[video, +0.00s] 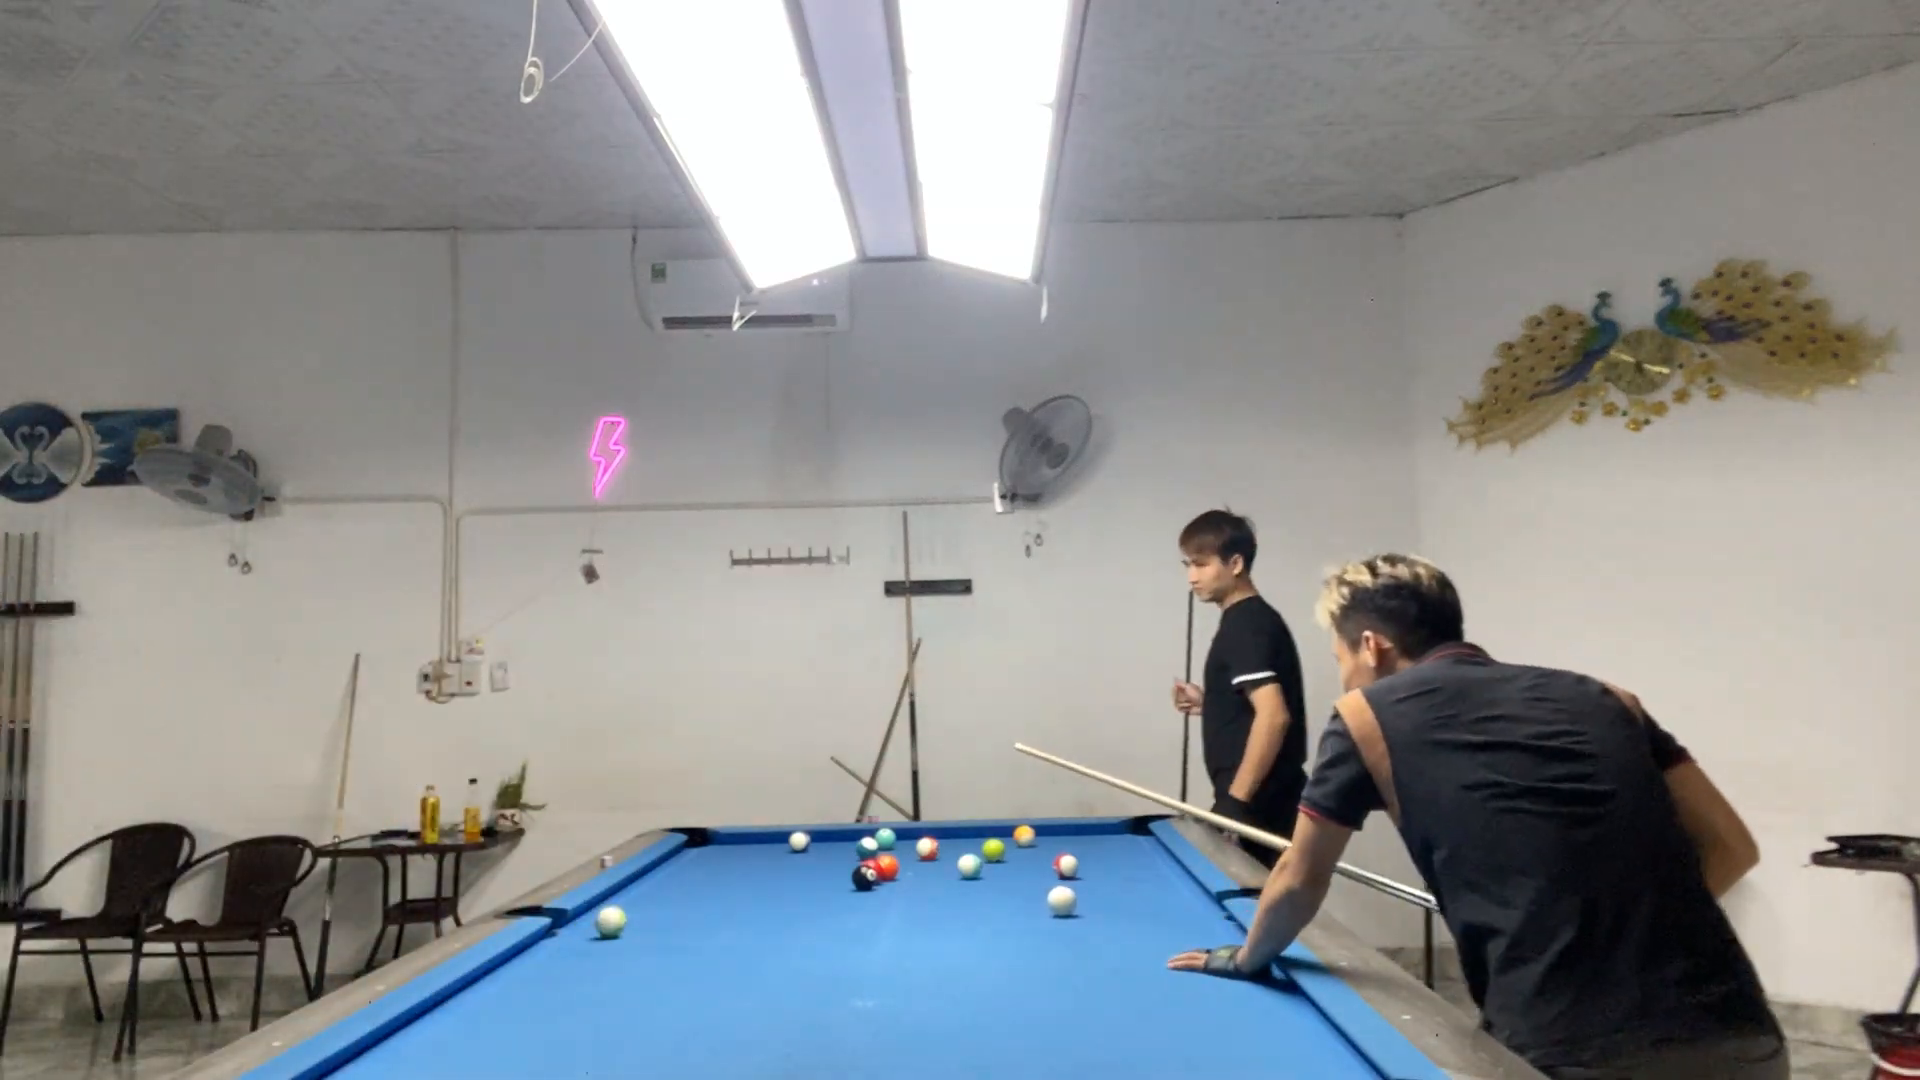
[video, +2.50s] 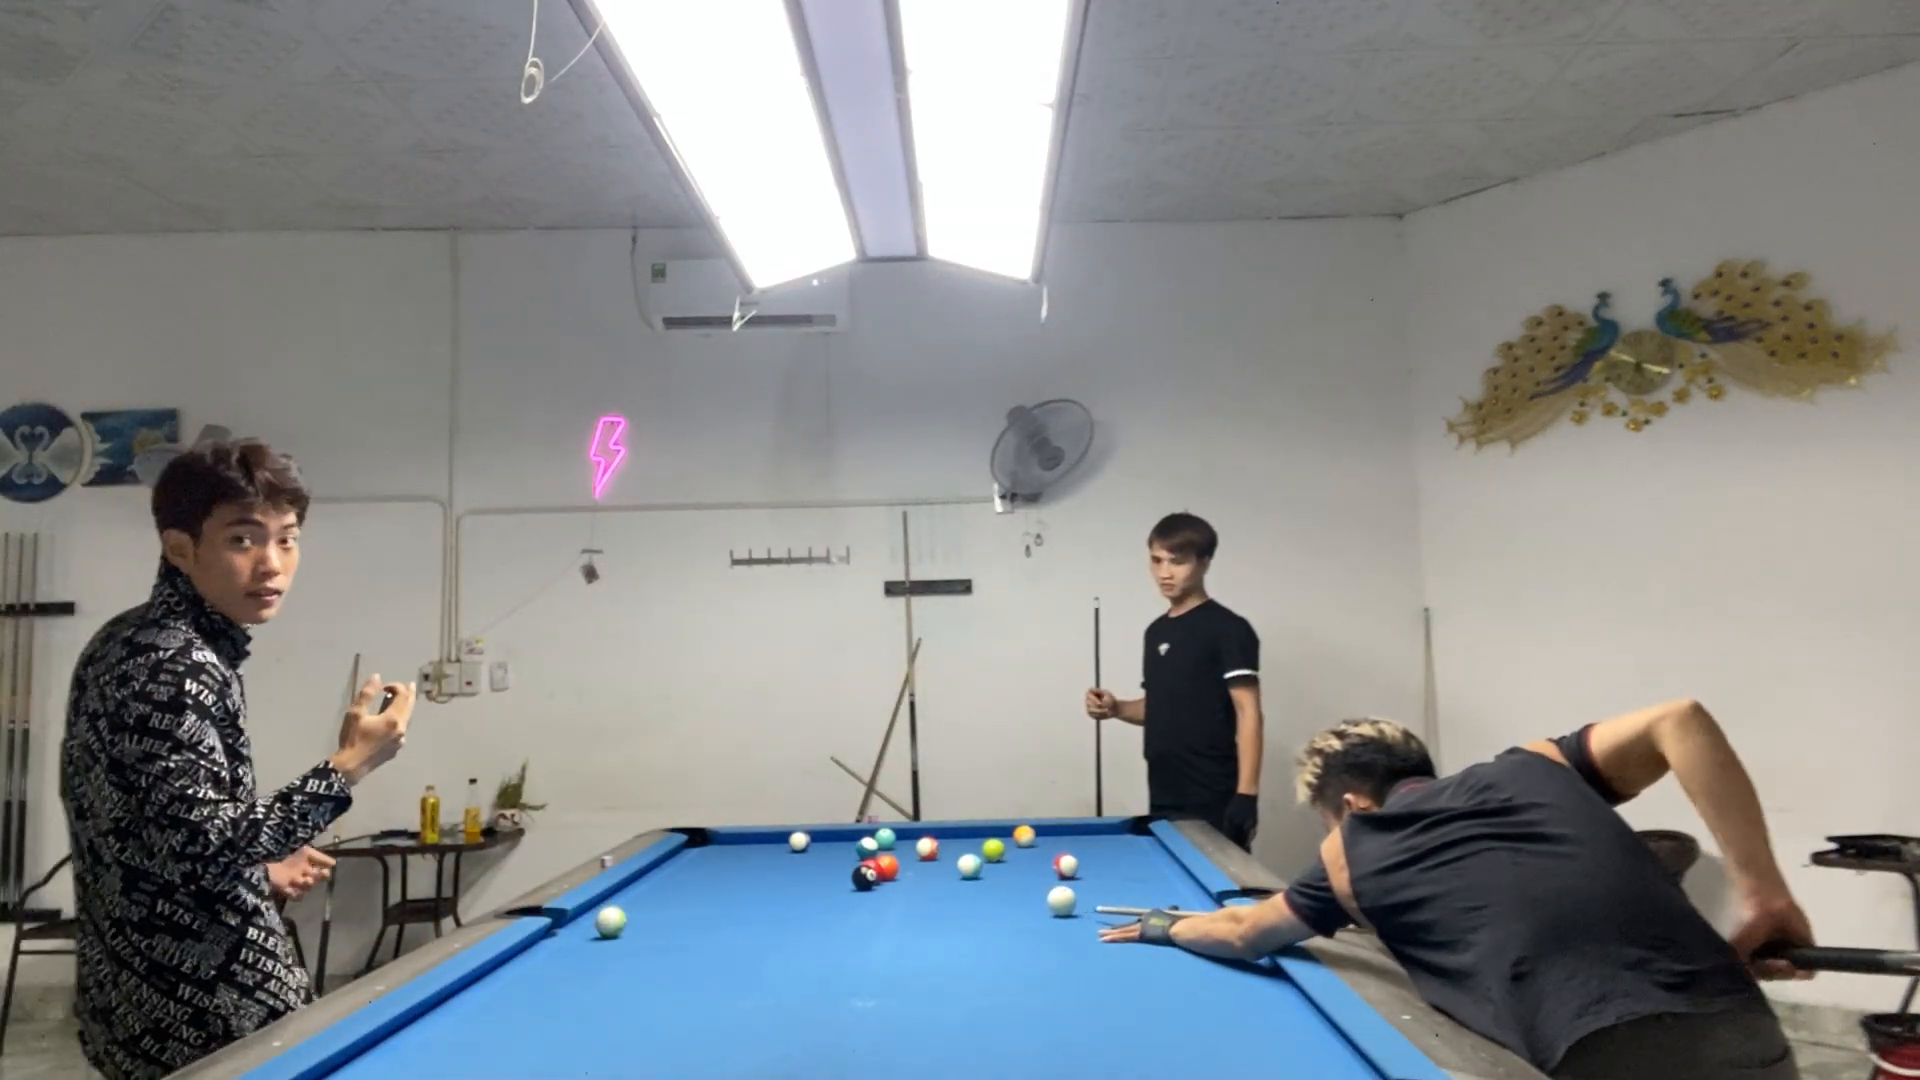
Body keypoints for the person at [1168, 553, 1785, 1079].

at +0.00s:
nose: (1341, 680)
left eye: (1340, 661)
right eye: (1336, 663)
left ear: (1375, 650)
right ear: (1457, 637)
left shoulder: (1369, 715)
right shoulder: (1602, 695)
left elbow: (1299, 878)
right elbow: (1730, 846)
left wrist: (1248, 960)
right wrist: (1635, 919)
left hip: (1567, 1045)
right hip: (1732, 1034)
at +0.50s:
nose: (1383, 704)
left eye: (1383, 685)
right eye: (1381, 686)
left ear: (1419, 674)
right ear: (1507, 666)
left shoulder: (1402, 747)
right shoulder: (1653, 717)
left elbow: (1304, 885)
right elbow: (1799, 866)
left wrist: (1241, 952)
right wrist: (1698, 950)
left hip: (1600, 1057)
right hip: (1776, 1050)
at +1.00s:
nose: (1329, 787)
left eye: (1328, 770)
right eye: (1327, 773)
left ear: (1360, 757)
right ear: (1436, 727)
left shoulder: (1353, 810)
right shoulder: (1555, 737)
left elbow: (1245, 910)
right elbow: (1717, 723)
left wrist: (1175, 927)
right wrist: (1852, 881)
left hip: (1607, 1062)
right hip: (1745, 1042)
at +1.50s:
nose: (1329, 822)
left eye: (1324, 812)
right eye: (1324, 813)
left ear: (1350, 798)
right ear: (1425, 766)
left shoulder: (1350, 844)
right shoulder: (1534, 755)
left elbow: (1244, 929)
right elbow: (1677, 708)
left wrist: (1169, 925)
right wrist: (1756, 876)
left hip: (1609, 1053)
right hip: (1745, 1034)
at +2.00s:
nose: (1330, 829)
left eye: (1326, 818)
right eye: (1326, 821)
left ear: (1348, 803)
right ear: (1427, 772)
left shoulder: (1352, 847)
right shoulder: (1537, 762)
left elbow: (1243, 933)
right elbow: (1679, 716)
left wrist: (1175, 923)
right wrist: (1749, 885)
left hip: (1611, 1055)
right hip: (1745, 1036)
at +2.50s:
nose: (1328, 832)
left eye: (1323, 819)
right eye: (1323, 822)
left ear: (1349, 802)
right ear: (1424, 774)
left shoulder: (1351, 848)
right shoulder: (1534, 760)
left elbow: (1243, 931)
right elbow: (1681, 721)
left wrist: (1174, 924)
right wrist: (1766, 889)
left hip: (1610, 1053)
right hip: (1743, 1033)